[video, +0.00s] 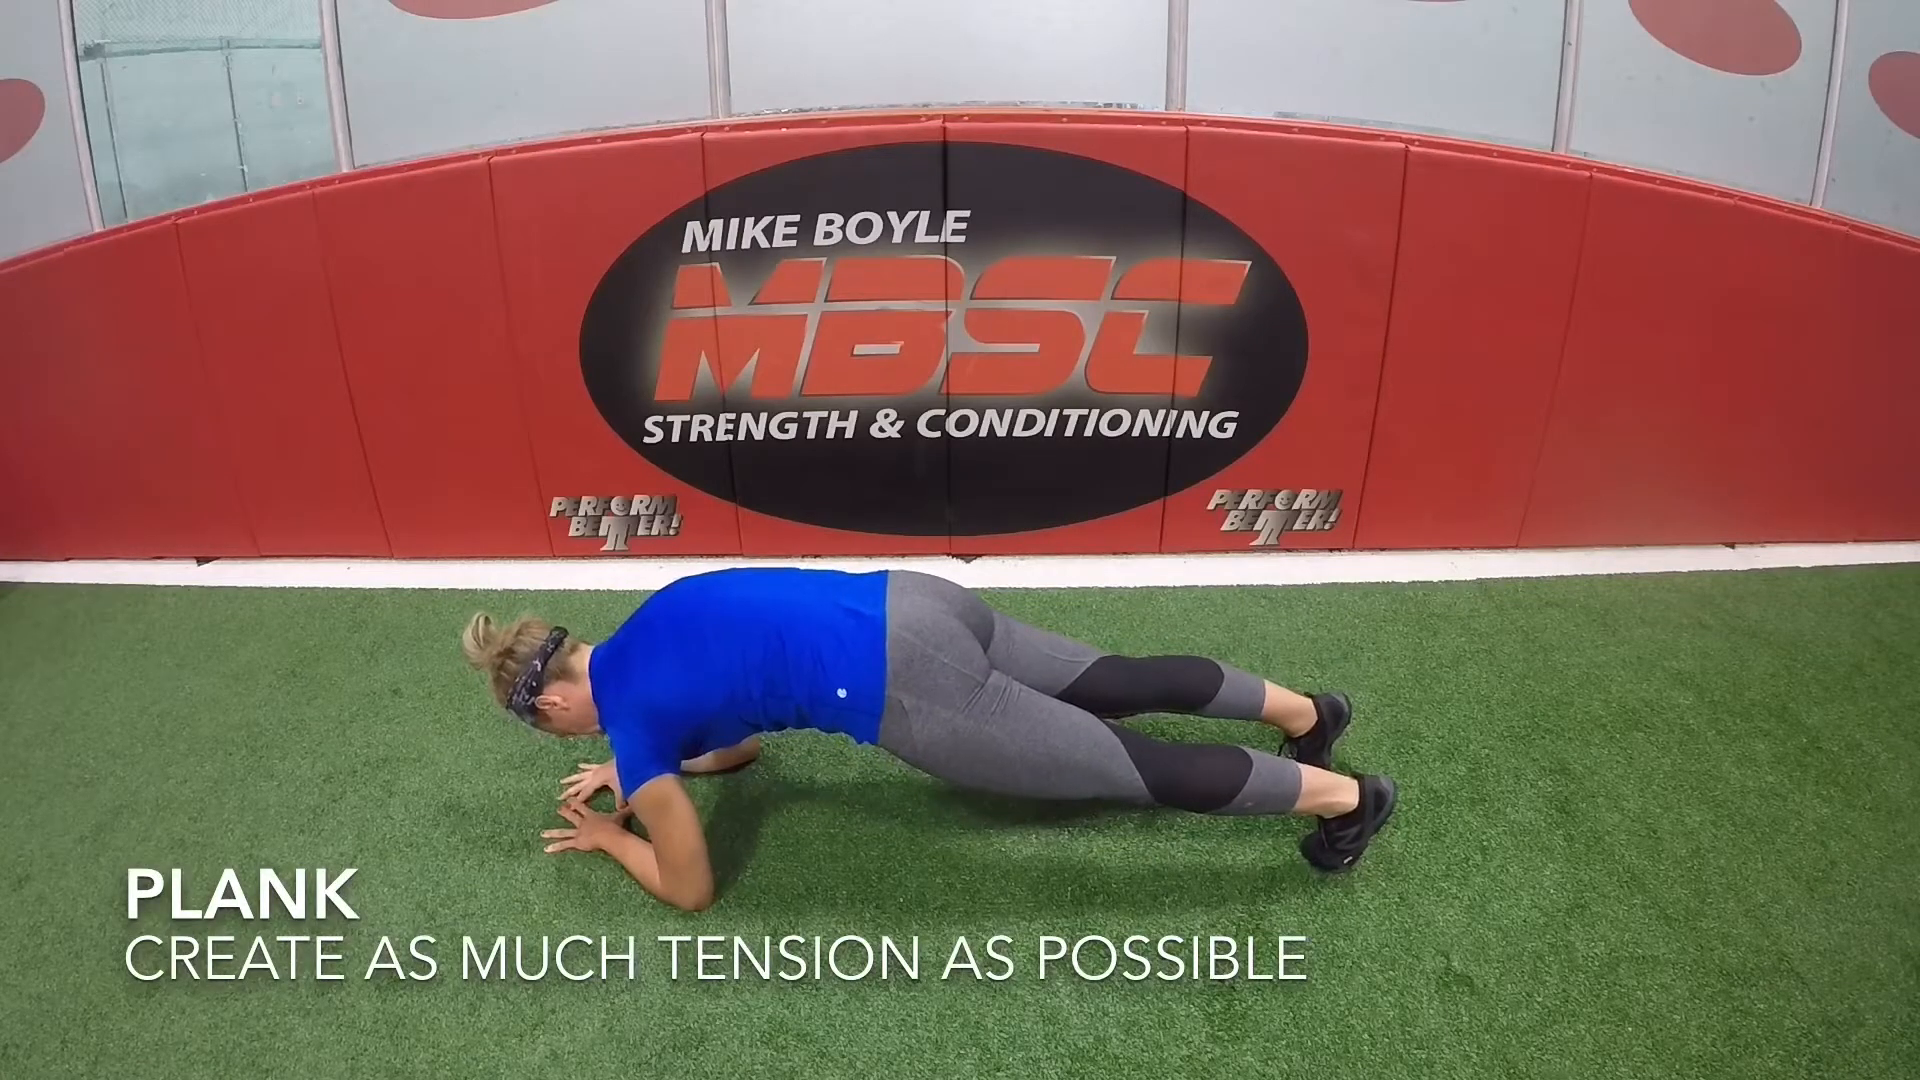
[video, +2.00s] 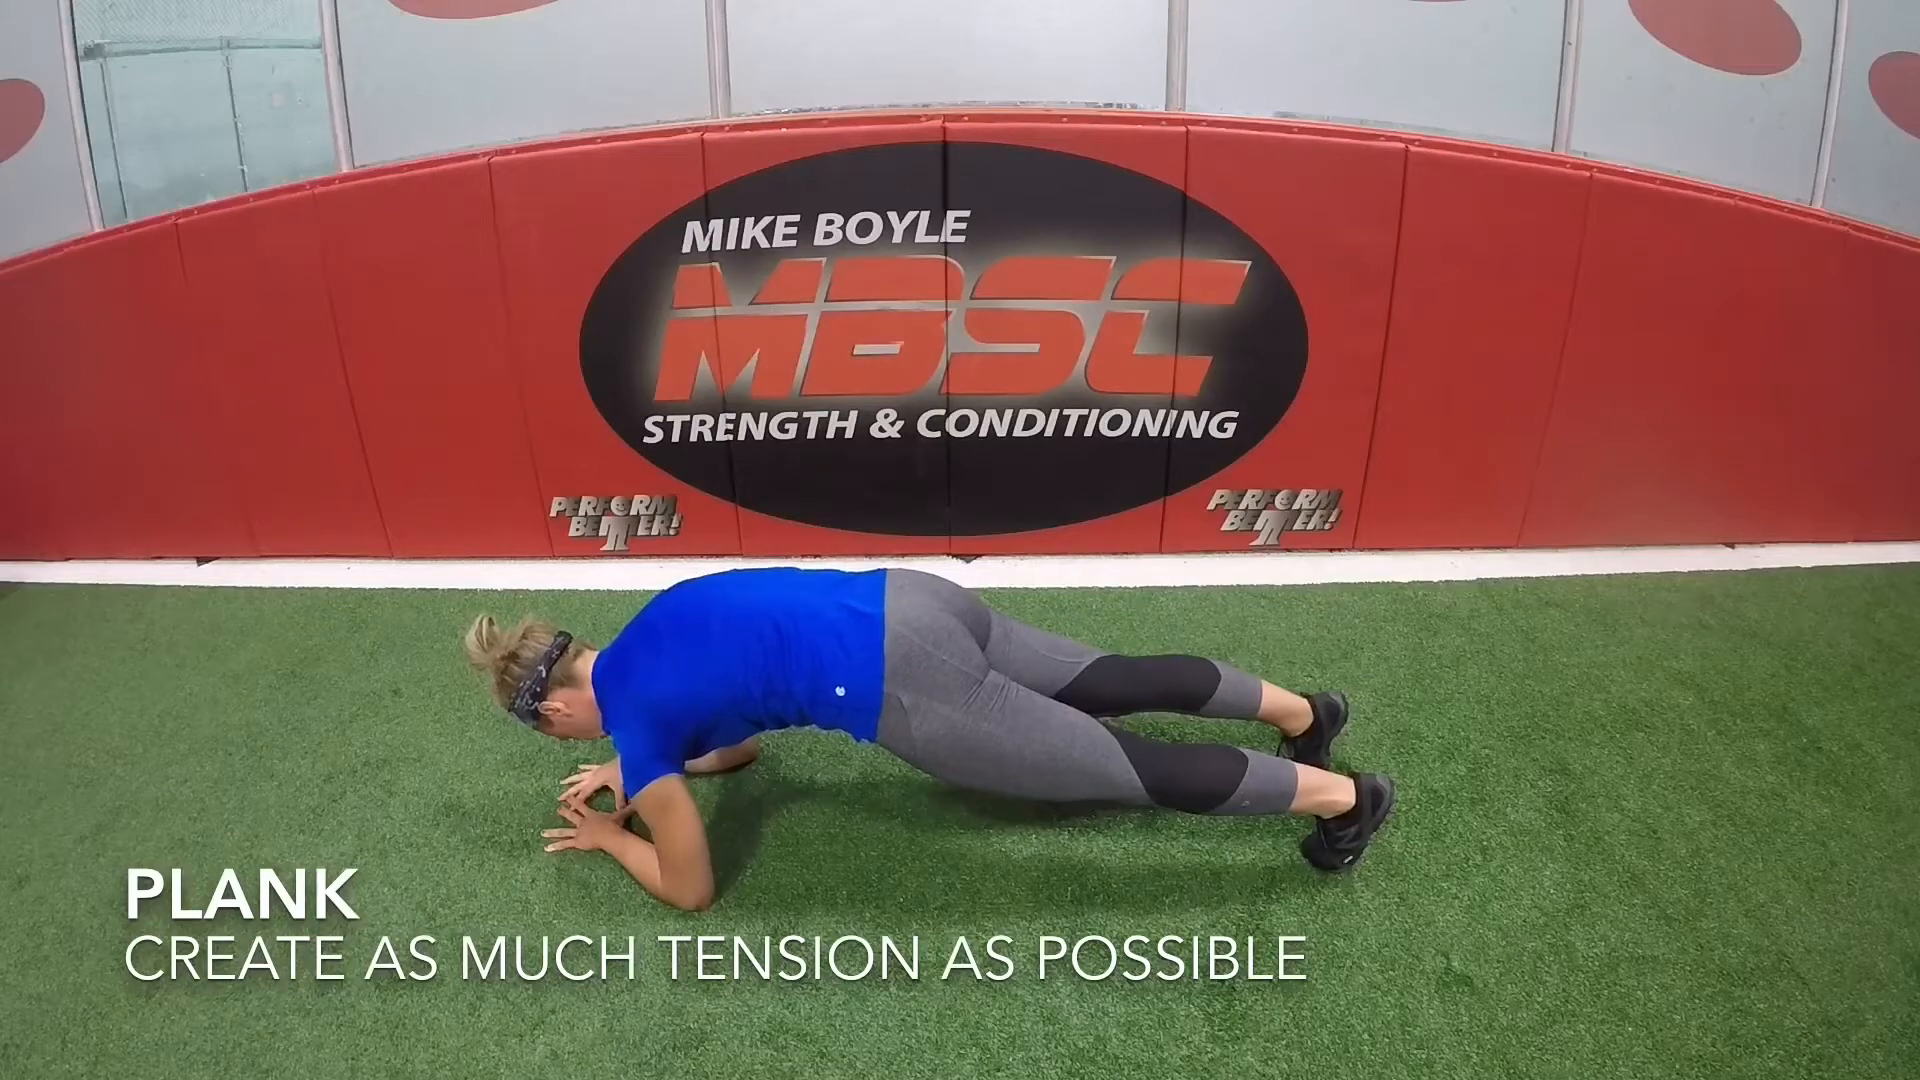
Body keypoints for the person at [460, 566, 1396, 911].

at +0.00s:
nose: (564, 734)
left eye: (548, 727)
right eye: (553, 728)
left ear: (555, 695)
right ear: (572, 645)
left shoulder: (630, 717)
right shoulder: (657, 610)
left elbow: (687, 886)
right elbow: (738, 744)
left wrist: (614, 840)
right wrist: (636, 776)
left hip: (902, 690)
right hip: (917, 593)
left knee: (1135, 769)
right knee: (1113, 679)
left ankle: (1340, 795)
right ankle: (1307, 714)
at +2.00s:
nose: (570, 737)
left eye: (555, 731)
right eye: (559, 731)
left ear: (562, 700)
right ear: (576, 650)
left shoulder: (633, 718)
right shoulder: (657, 613)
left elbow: (687, 885)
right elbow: (738, 744)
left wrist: (615, 841)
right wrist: (639, 778)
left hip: (899, 688)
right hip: (914, 592)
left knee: (1131, 769)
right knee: (1105, 678)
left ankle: (1341, 795)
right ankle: (1307, 715)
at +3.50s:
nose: (582, 744)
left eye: (564, 732)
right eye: (569, 734)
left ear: (575, 703)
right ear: (581, 660)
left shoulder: (650, 711)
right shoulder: (653, 627)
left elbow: (739, 878)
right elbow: (739, 759)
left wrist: (629, 852)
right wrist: (649, 782)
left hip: (897, 681)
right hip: (906, 583)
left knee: (1106, 774)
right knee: (1082, 670)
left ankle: (1325, 791)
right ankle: (1283, 706)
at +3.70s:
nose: (594, 755)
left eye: (578, 741)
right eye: (580, 745)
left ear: (592, 707)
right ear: (589, 677)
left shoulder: (681, 720)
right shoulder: (658, 640)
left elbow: (744, 880)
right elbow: (746, 756)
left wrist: (641, 858)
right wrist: (659, 808)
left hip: (926, 626)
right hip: (905, 544)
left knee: (1147, 611)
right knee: (1101, 556)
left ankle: (1330, 572)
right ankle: (1260, 514)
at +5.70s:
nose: (609, 752)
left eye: (593, 743)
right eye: (597, 745)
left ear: (602, 710)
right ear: (601, 670)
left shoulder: (689, 717)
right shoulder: (673, 629)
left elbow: (748, 878)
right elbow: (749, 741)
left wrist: (645, 852)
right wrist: (660, 792)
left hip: (942, 629)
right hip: (921, 540)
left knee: (1176, 607)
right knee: (1119, 544)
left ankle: (1346, 566)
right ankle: (1276, 508)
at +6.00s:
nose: (608, 753)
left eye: (592, 743)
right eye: (596, 745)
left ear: (602, 709)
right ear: (600, 671)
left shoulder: (690, 718)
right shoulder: (673, 630)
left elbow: (747, 878)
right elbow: (748, 742)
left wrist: (644, 852)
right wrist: (660, 793)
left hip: (942, 629)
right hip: (920, 541)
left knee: (1175, 608)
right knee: (1117, 545)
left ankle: (1344, 566)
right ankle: (1270, 508)